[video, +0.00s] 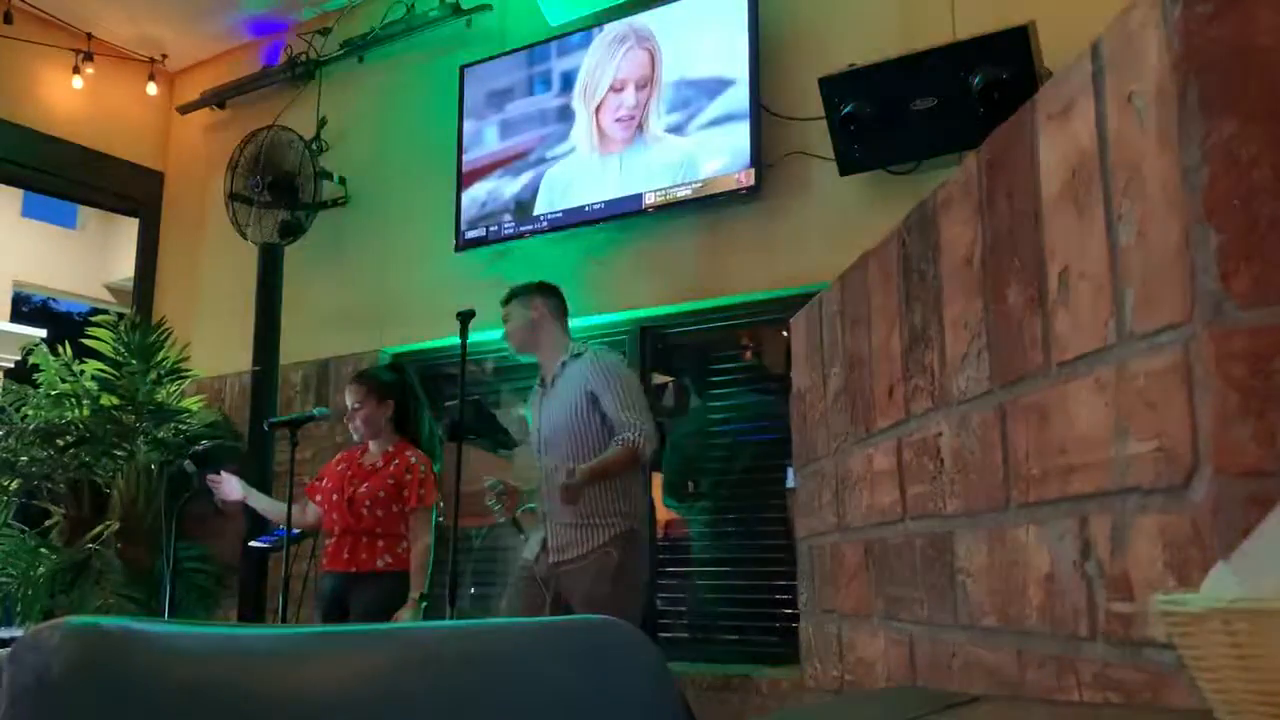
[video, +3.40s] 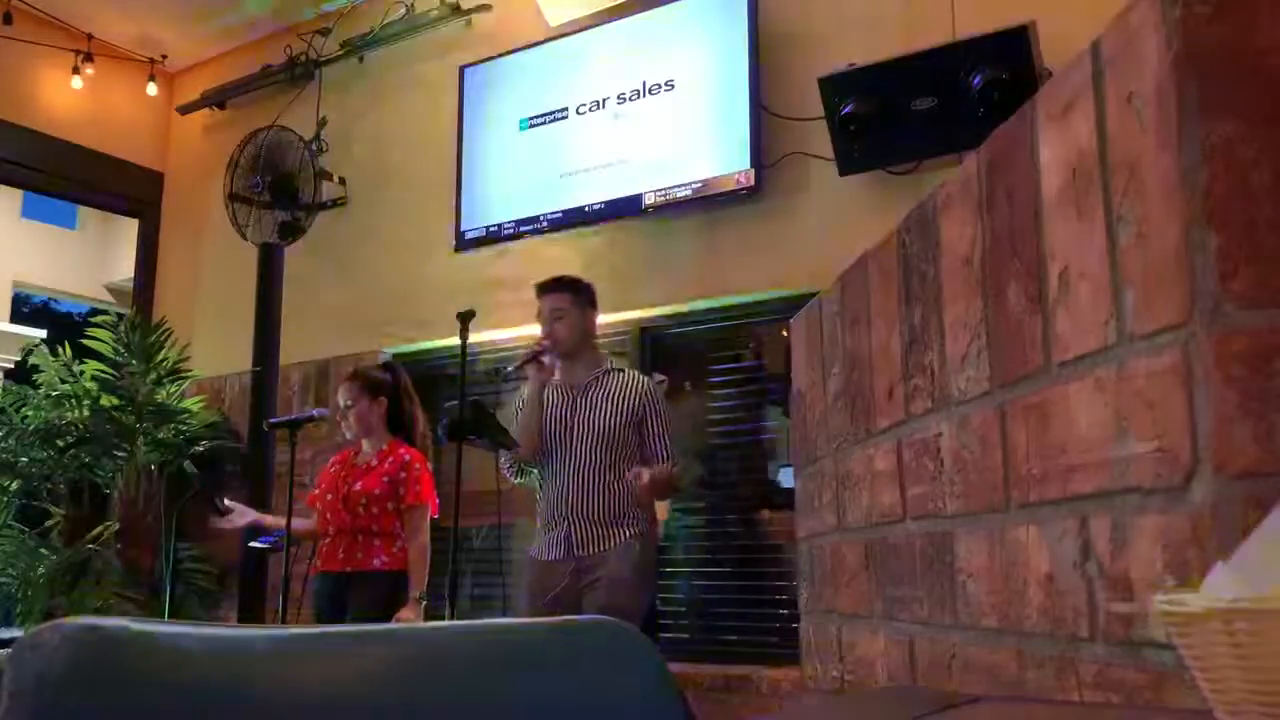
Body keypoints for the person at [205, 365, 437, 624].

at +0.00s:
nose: (348, 417)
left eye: (357, 408)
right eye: (347, 410)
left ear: (387, 408)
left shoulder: (413, 464)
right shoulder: (342, 463)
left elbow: (421, 539)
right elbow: (304, 517)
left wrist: (415, 601)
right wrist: (244, 492)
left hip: (385, 583)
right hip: (334, 582)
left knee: (371, 677)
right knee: (329, 675)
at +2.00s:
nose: (349, 416)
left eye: (357, 406)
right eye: (349, 408)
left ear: (386, 405)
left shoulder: (413, 461)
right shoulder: (355, 460)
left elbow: (419, 539)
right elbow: (333, 526)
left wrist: (411, 600)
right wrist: (278, 515)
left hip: (384, 581)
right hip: (341, 579)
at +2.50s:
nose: (343, 417)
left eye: (351, 407)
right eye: (342, 409)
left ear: (380, 408)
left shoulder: (408, 463)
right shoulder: (341, 464)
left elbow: (419, 537)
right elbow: (303, 518)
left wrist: (415, 601)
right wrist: (251, 481)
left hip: (383, 581)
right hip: (334, 580)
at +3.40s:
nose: (341, 416)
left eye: (349, 406)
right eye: (339, 409)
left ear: (380, 406)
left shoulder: (408, 462)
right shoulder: (338, 464)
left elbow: (418, 537)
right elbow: (318, 526)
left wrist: (415, 601)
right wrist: (256, 517)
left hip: (382, 581)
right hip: (331, 579)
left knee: (371, 677)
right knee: (330, 676)